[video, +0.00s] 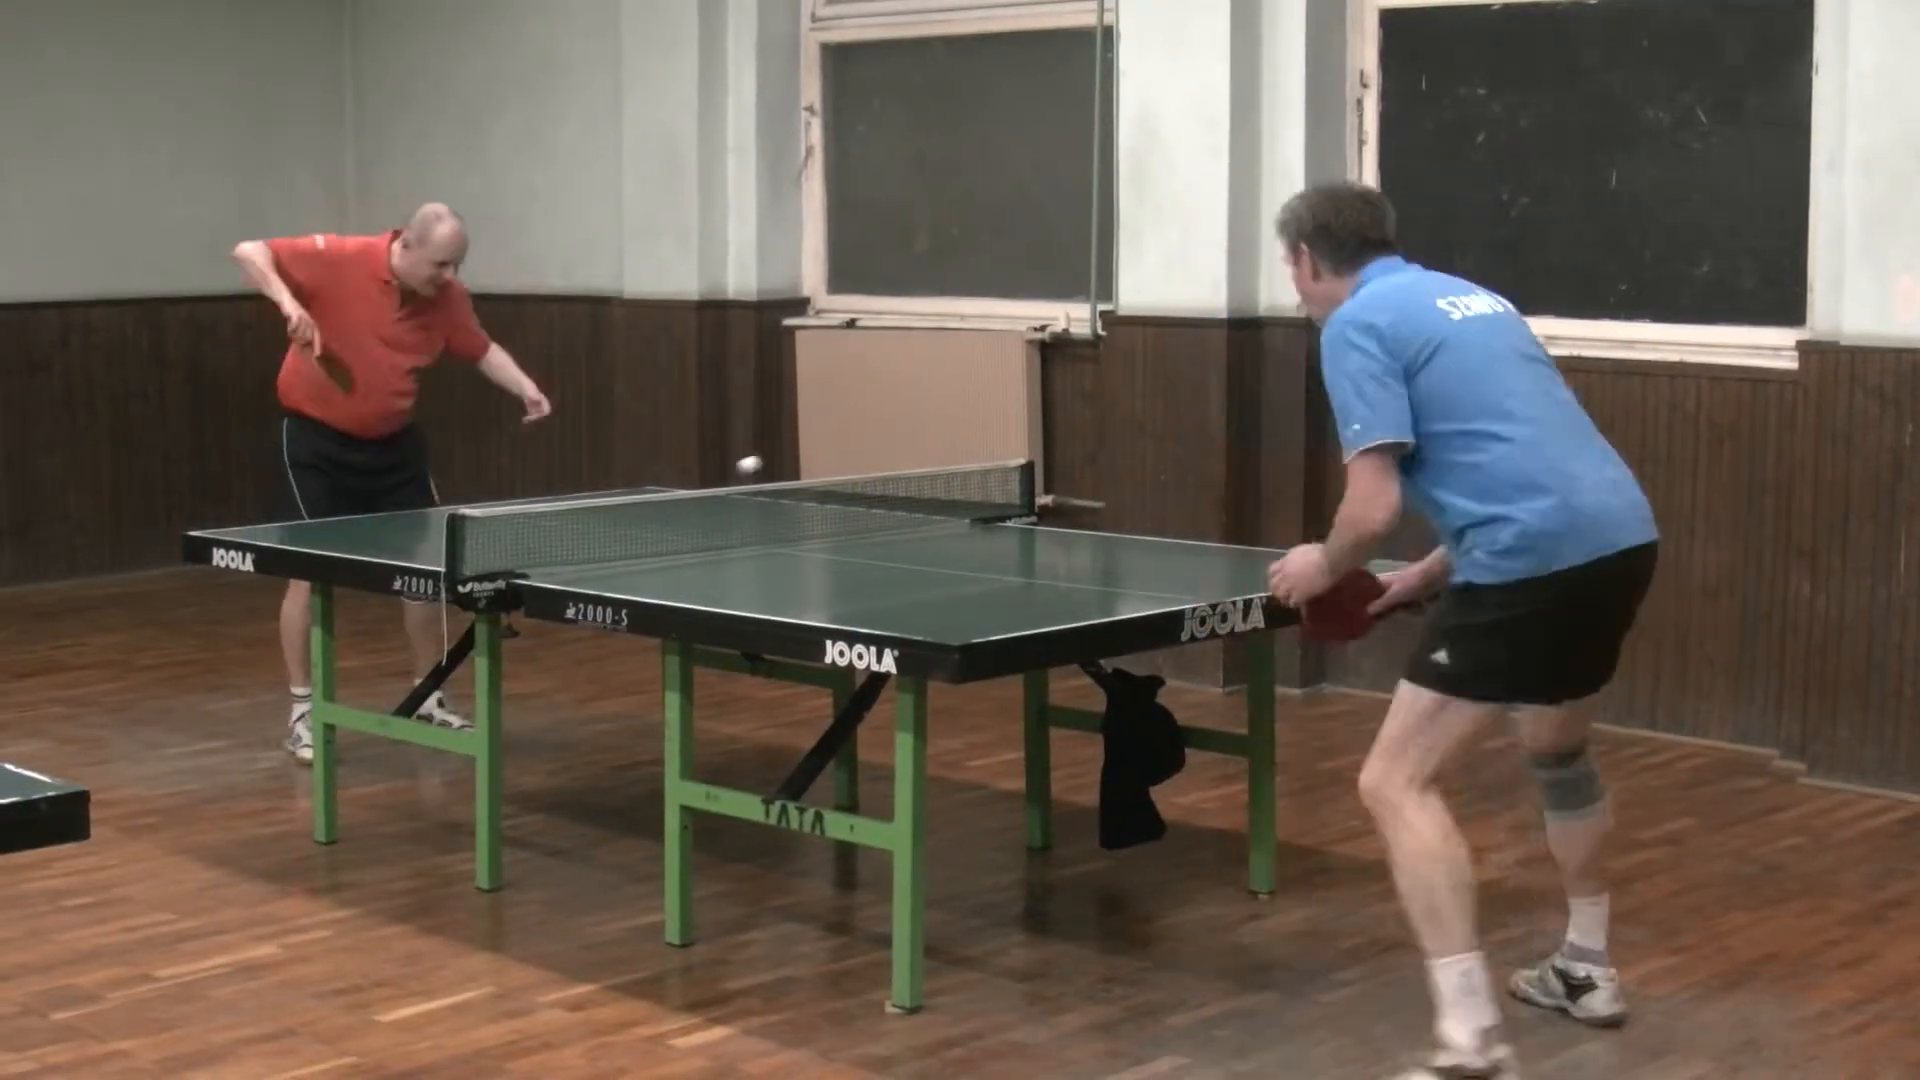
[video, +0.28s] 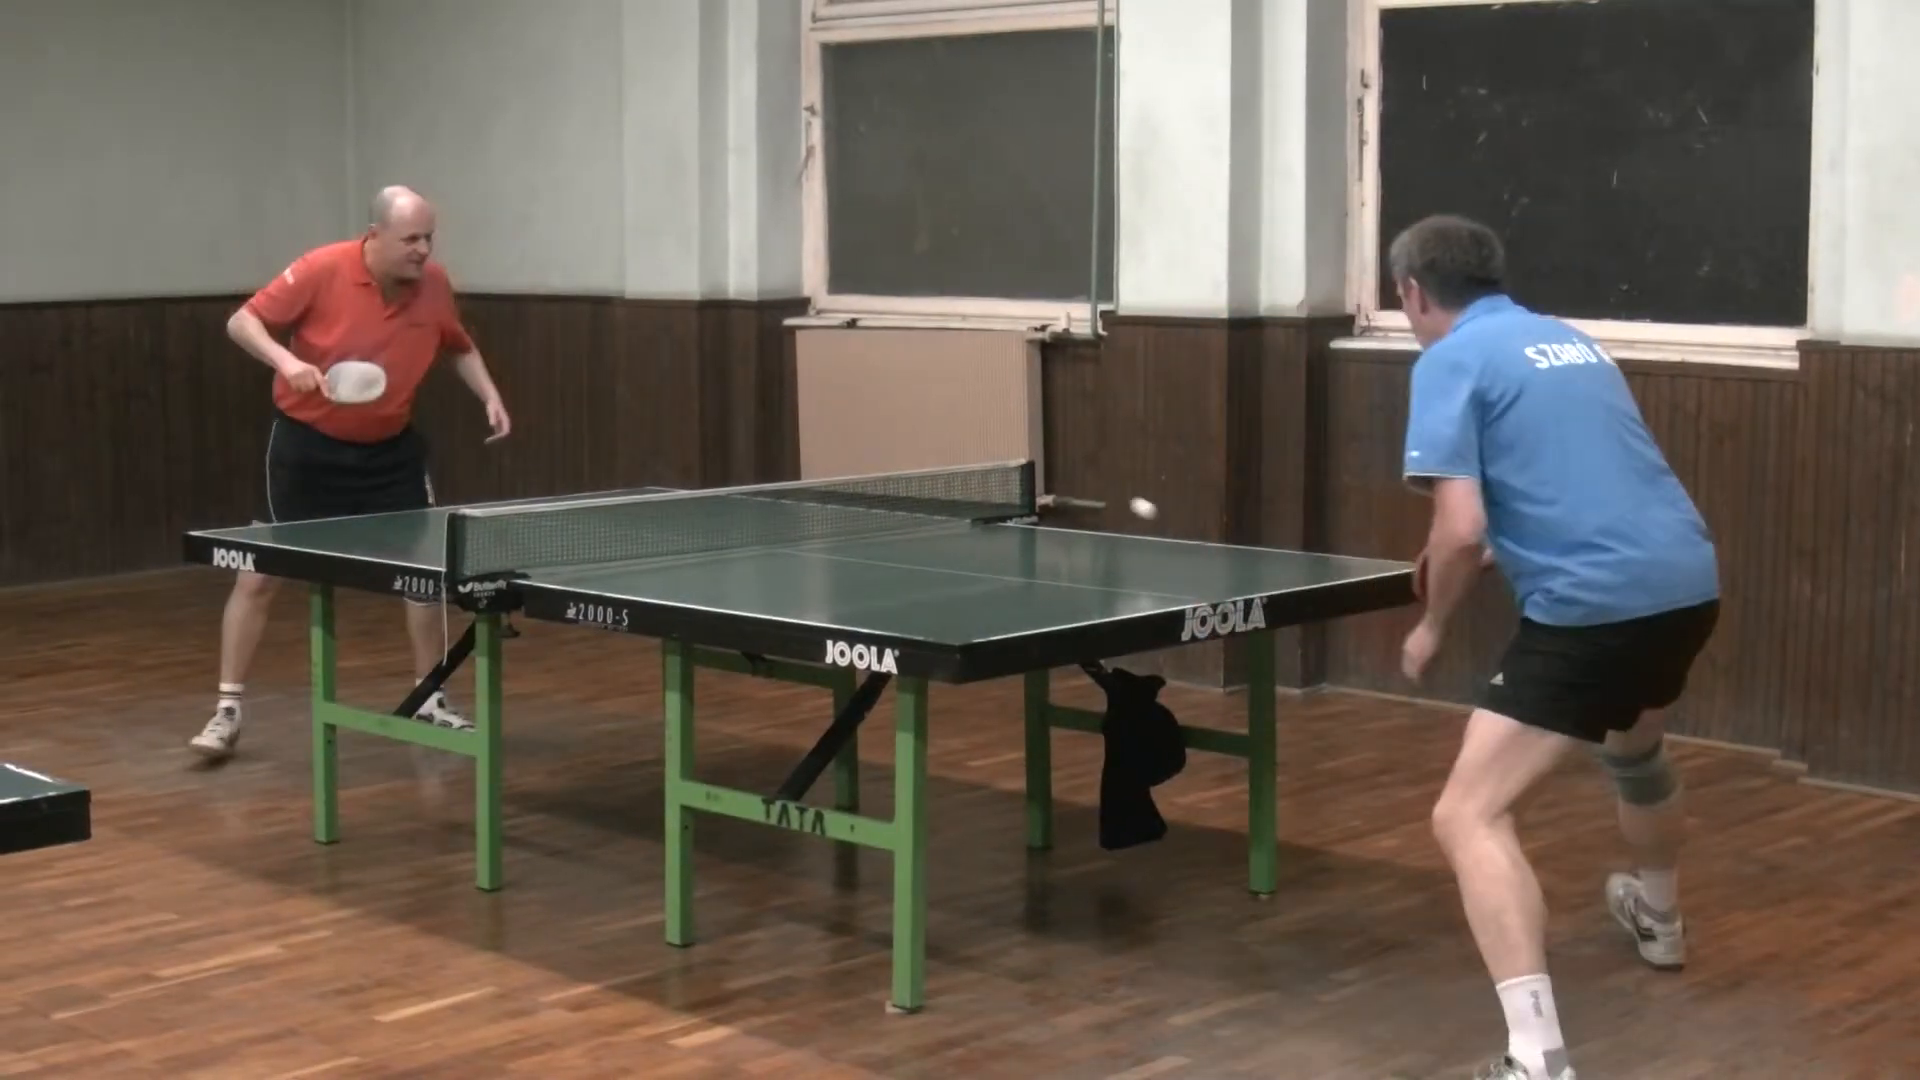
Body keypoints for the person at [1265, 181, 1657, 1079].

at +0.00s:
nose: (1292, 285)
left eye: (1291, 267)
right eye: (1291, 268)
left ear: (1313, 262)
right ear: (1376, 247)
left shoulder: (1356, 325)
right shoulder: (1465, 295)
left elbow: (1372, 508)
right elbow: (1525, 466)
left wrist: (1320, 558)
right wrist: (1432, 566)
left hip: (1525, 556)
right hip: (1620, 538)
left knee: (1395, 781)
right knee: (1558, 742)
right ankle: (1587, 967)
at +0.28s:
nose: (1401, 314)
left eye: (1400, 298)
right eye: (1401, 299)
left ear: (1419, 293)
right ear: (1489, 283)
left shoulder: (1451, 361)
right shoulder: (1565, 338)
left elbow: (1462, 534)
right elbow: (1584, 469)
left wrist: (1430, 623)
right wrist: (1489, 533)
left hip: (1590, 605)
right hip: (1686, 589)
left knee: (1467, 814)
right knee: (1632, 741)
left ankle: (1536, 1056)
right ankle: (1658, 916)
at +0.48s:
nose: (1445, 304)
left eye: (1443, 289)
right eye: (1444, 289)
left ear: (1462, 286)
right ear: (1522, 269)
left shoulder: (1514, 355)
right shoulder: (1595, 312)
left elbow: (1567, 496)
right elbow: (1649, 444)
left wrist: (1546, 619)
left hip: (1662, 565)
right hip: (1735, 548)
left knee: (1616, 791)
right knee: (1666, 720)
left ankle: (1557, 1029)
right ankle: (1658, 911)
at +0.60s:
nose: (1475, 261)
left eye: (1475, 249)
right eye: (1474, 250)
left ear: (1493, 250)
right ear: (1552, 230)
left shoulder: (1556, 316)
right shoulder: (1605, 268)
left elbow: (1603, 463)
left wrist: (1552, 582)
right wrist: (1414, 296)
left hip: (1693, 534)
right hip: (1748, 511)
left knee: (1643, 765)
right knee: (1668, 725)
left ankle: (1625, 1006)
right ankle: (1662, 914)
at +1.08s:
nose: (1542, 173)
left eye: (1550, 152)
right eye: (1544, 153)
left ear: (1597, 157)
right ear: (1601, 157)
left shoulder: (1672, 246)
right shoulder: (1632, 246)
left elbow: (1716, 412)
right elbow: (1593, 355)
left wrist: (1625, 532)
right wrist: (1476, 399)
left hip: (1765, 498)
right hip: (1721, 499)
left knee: (1732, 730)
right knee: (1706, 689)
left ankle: (1785, 990)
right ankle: (1763, 909)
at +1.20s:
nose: (1547, 214)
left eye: (1555, 195)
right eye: (1547, 195)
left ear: (1601, 200)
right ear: (1608, 197)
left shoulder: (1676, 288)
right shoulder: (1635, 282)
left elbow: (1741, 451)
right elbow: (1651, 408)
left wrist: (1665, 582)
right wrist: (1574, 491)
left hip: (1786, 528)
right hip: (1741, 525)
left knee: (1733, 758)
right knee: (1702, 706)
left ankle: (1806, 1016)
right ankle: (1769, 921)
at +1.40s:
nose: (1563, 210)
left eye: (1569, 190)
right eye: (1564, 192)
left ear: (1611, 190)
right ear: (1616, 188)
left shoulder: (1695, 279)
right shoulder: (1662, 273)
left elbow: (1785, 417)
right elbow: (1614, 380)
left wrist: (1781, 561)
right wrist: (1498, 432)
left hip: (1795, 534)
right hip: (1761, 531)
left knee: (1763, 761)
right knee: (1718, 695)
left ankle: (1811, 1019)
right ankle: (1773, 912)